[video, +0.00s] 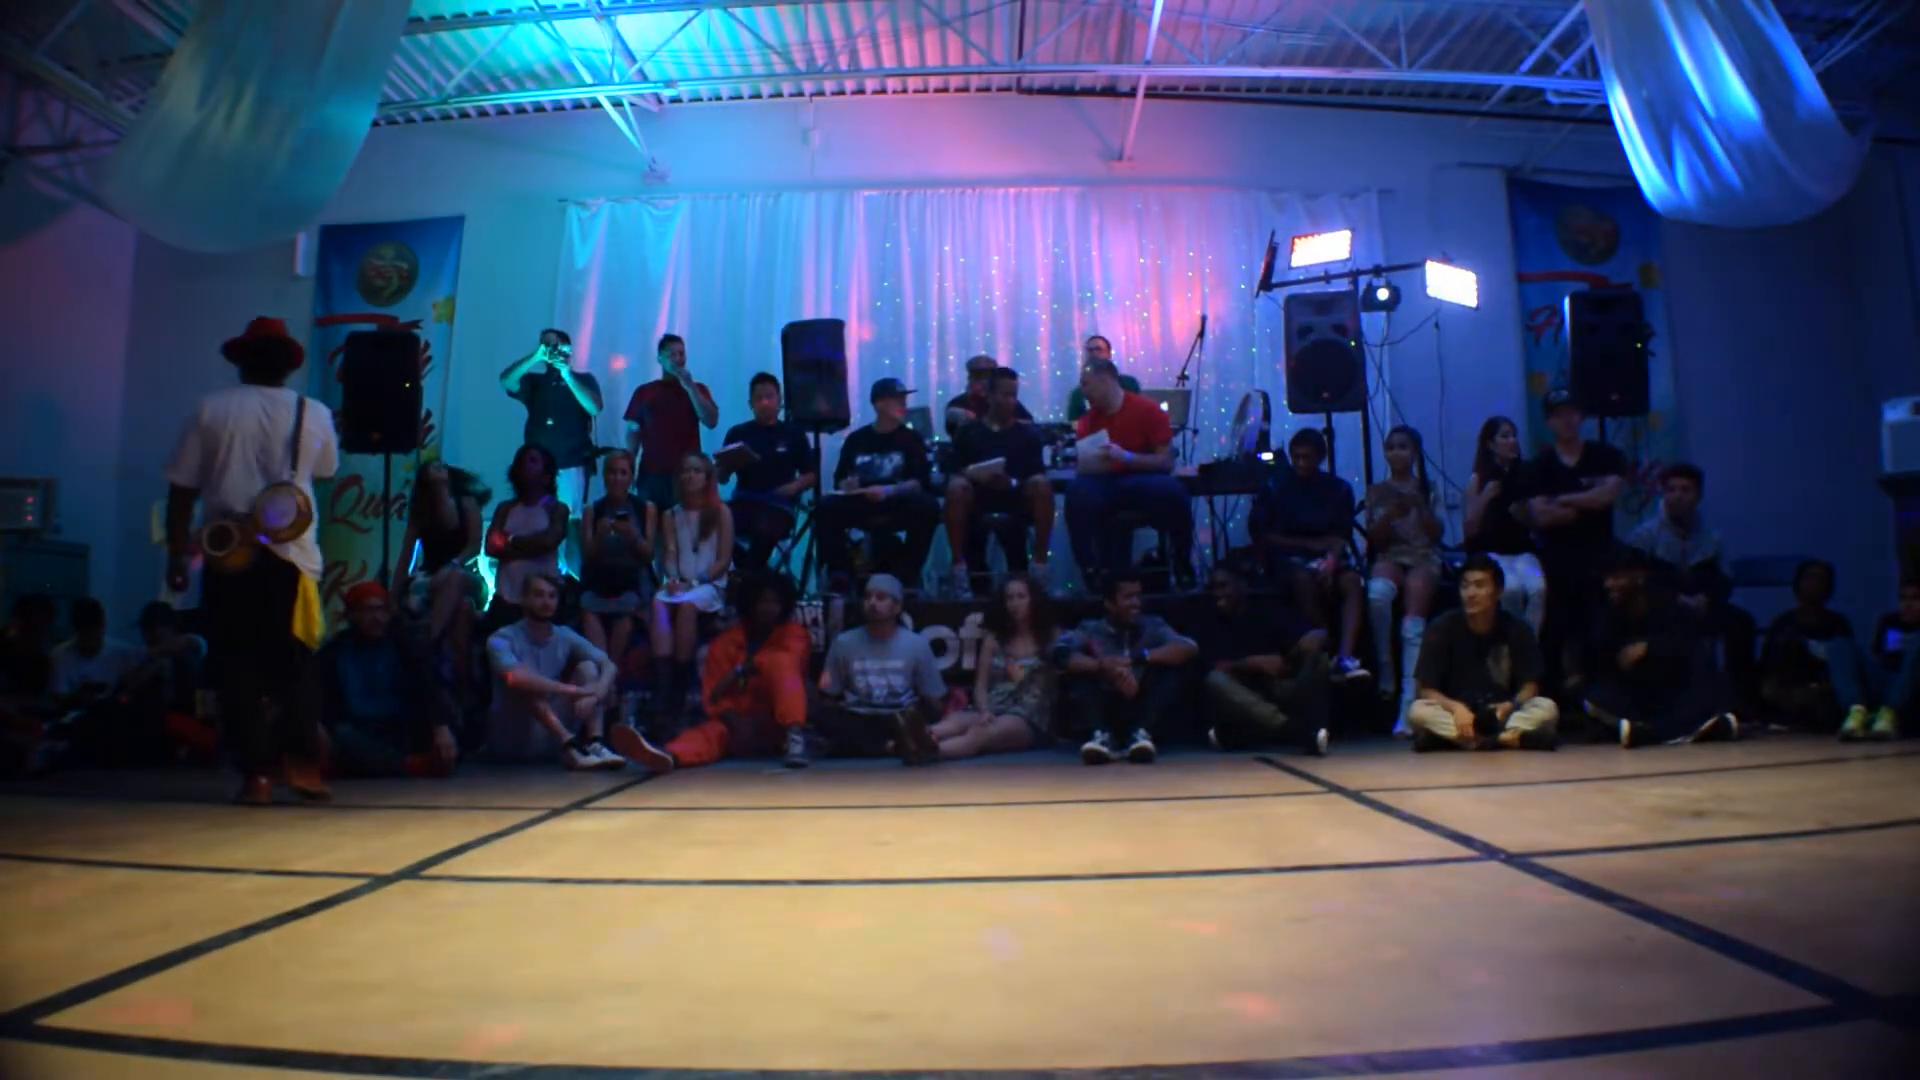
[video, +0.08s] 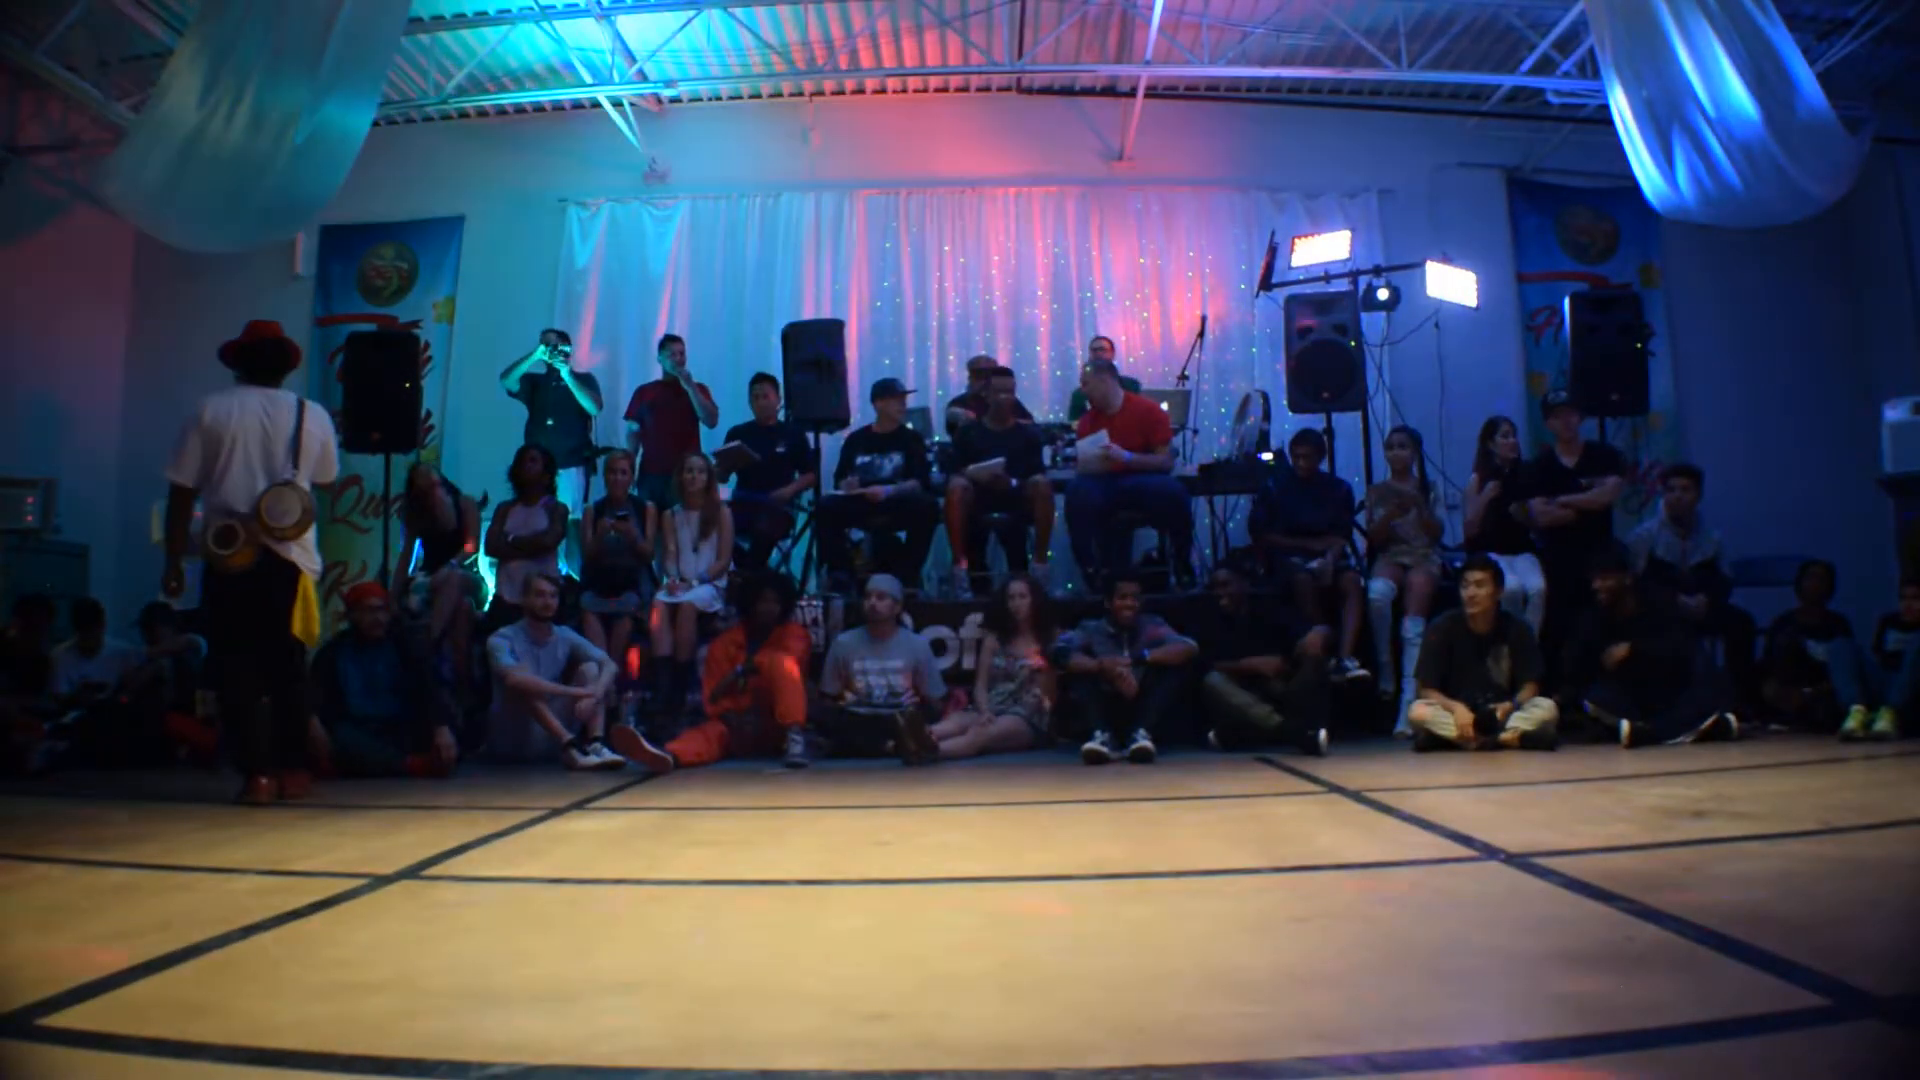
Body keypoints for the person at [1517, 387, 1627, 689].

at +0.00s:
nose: (1567, 422)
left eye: (1571, 414)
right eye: (1559, 416)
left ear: (1580, 417)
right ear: (1549, 422)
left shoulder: (1604, 455)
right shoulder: (1538, 465)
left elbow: (1610, 494)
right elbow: (1540, 515)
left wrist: (1559, 500)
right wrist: (1590, 501)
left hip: (1598, 558)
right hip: (1558, 561)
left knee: (1601, 627)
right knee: (1558, 631)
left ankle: (1604, 694)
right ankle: (1557, 693)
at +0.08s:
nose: (1566, 422)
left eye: (1570, 415)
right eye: (1558, 417)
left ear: (1579, 418)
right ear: (1548, 424)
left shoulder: (1603, 454)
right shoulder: (1538, 465)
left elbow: (1610, 494)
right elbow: (1539, 515)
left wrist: (1560, 501)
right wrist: (1588, 502)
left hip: (1599, 555)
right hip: (1559, 558)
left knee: (1601, 624)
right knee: (1560, 627)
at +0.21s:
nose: (1568, 423)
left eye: (1571, 416)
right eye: (1560, 418)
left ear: (1579, 419)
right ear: (1549, 424)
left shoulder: (1601, 455)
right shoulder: (1538, 465)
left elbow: (1605, 497)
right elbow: (1536, 514)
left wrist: (1557, 502)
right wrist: (1586, 506)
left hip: (1598, 552)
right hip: (1557, 557)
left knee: (1600, 622)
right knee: (1560, 626)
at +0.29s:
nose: (1574, 425)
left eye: (1577, 418)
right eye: (1566, 419)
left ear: (1583, 420)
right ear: (1551, 425)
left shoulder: (1600, 455)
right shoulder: (1538, 466)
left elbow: (1606, 497)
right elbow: (1537, 517)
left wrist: (1559, 503)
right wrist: (1586, 504)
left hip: (1600, 558)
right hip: (1557, 565)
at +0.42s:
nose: (1577, 427)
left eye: (1579, 420)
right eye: (1569, 422)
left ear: (1583, 422)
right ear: (1552, 427)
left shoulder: (1599, 457)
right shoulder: (1535, 468)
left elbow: (1606, 497)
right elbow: (1538, 519)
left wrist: (1558, 505)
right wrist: (1585, 506)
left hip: (1600, 559)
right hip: (1557, 565)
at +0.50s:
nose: (1578, 429)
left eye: (1579, 422)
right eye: (1571, 423)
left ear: (1584, 423)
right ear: (1552, 427)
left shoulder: (1598, 458)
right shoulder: (1534, 469)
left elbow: (1606, 497)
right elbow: (1537, 519)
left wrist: (1558, 505)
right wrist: (1584, 507)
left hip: (1599, 561)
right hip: (1556, 567)